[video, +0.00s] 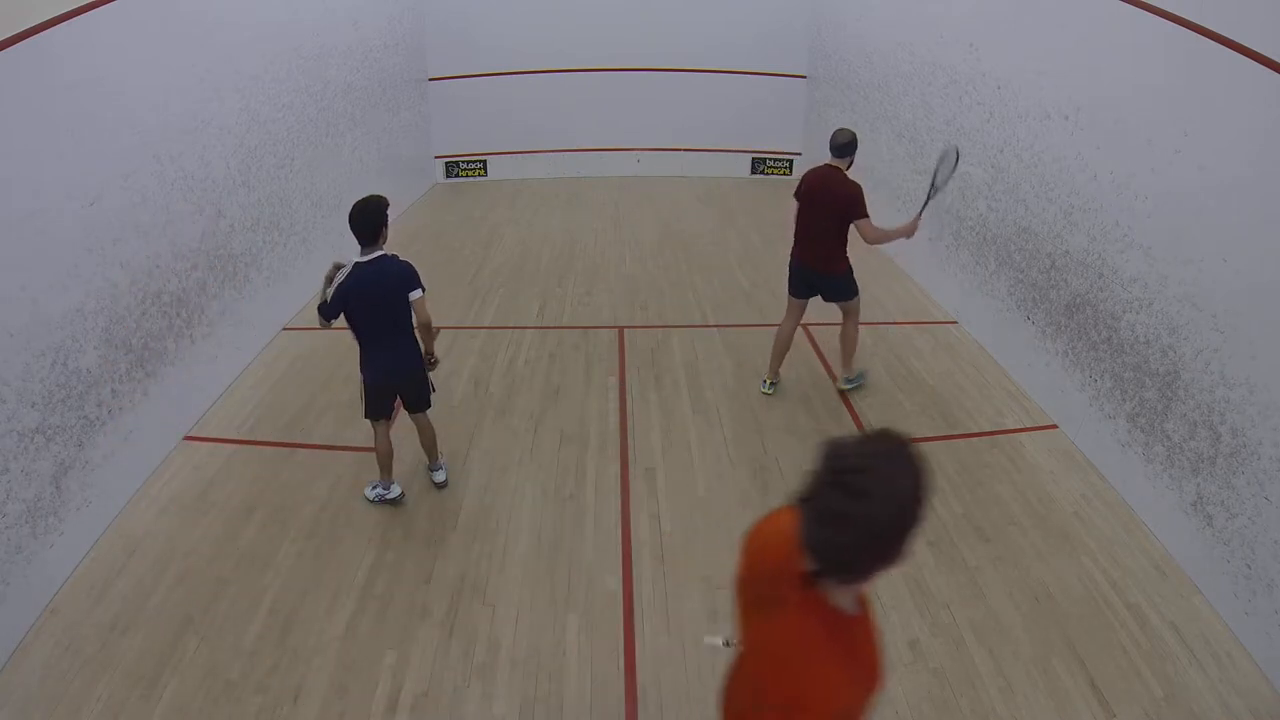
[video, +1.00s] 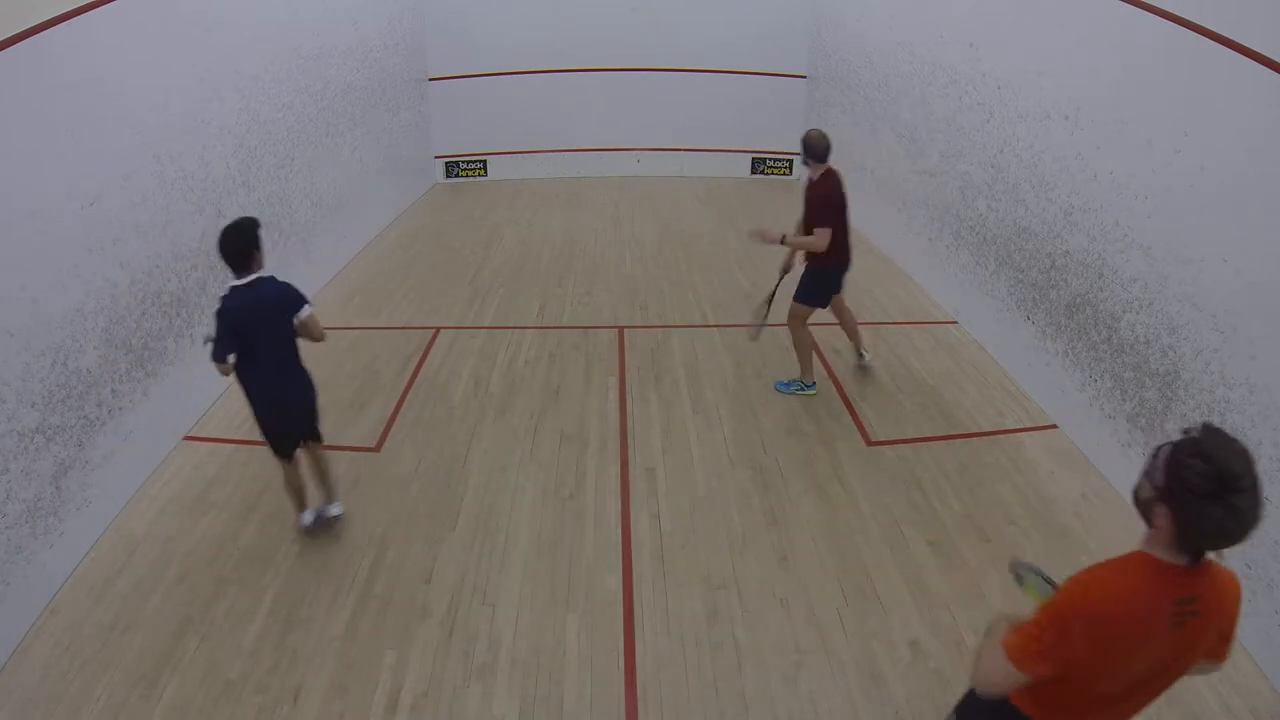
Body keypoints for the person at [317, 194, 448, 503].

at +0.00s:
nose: (389, 226)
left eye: (387, 221)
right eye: (387, 222)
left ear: (354, 233)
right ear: (383, 229)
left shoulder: (347, 280)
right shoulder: (402, 268)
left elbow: (325, 319)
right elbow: (423, 320)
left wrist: (326, 286)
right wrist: (429, 350)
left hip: (374, 370)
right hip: (408, 362)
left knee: (380, 428)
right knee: (420, 417)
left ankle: (387, 486)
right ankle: (436, 468)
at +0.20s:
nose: (387, 227)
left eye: (384, 223)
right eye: (386, 223)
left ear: (353, 233)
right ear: (382, 231)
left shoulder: (347, 278)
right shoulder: (399, 270)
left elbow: (337, 328)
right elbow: (422, 322)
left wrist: (359, 312)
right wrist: (428, 337)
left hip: (370, 368)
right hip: (404, 361)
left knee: (378, 427)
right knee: (419, 416)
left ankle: (386, 486)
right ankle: (436, 468)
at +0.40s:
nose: (378, 230)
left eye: (374, 226)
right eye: (376, 226)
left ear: (344, 236)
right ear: (372, 234)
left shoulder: (337, 283)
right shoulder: (389, 272)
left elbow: (331, 334)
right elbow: (417, 317)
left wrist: (354, 321)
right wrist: (419, 302)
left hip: (361, 371)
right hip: (395, 364)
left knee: (361, 427)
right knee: (416, 416)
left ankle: (373, 488)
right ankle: (436, 467)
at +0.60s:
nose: (349, 250)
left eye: (346, 246)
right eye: (347, 247)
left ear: (316, 258)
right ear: (344, 254)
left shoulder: (318, 305)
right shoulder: (365, 287)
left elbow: (315, 356)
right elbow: (399, 325)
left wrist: (334, 335)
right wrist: (394, 304)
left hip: (347, 384)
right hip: (381, 374)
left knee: (329, 436)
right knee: (410, 416)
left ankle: (331, 500)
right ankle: (434, 464)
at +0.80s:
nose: (303, 266)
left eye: (299, 262)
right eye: (300, 262)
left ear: (270, 276)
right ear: (297, 270)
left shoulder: (271, 322)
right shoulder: (318, 305)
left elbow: (263, 376)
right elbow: (357, 344)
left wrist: (281, 351)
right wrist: (351, 323)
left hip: (307, 403)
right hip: (340, 390)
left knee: (293, 448)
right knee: (381, 428)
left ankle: (321, 505)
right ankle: (423, 463)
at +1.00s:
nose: (263, 251)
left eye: (259, 246)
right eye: (260, 247)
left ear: (227, 260)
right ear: (256, 253)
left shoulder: (229, 306)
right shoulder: (279, 289)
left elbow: (223, 365)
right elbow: (316, 333)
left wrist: (238, 358)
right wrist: (290, 325)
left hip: (263, 397)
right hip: (296, 383)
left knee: (287, 458)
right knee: (313, 444)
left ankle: (304, 514)